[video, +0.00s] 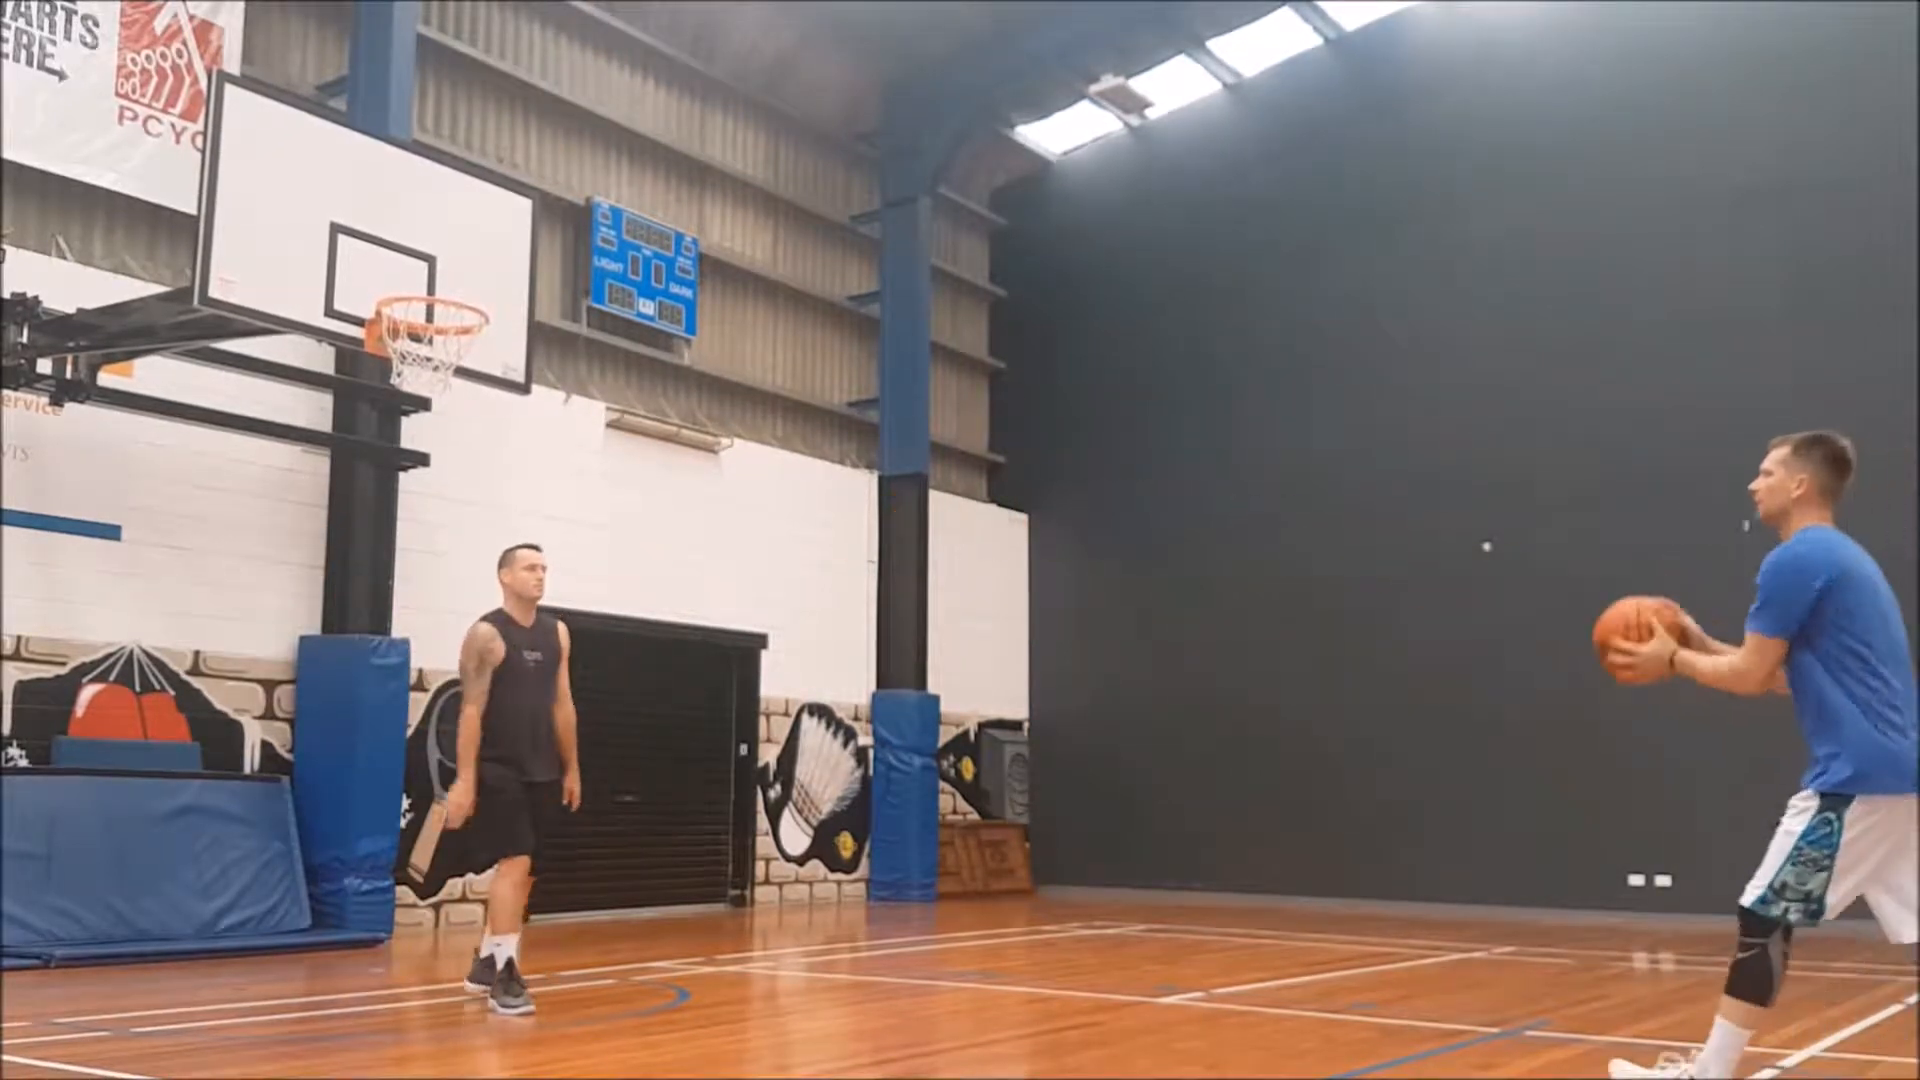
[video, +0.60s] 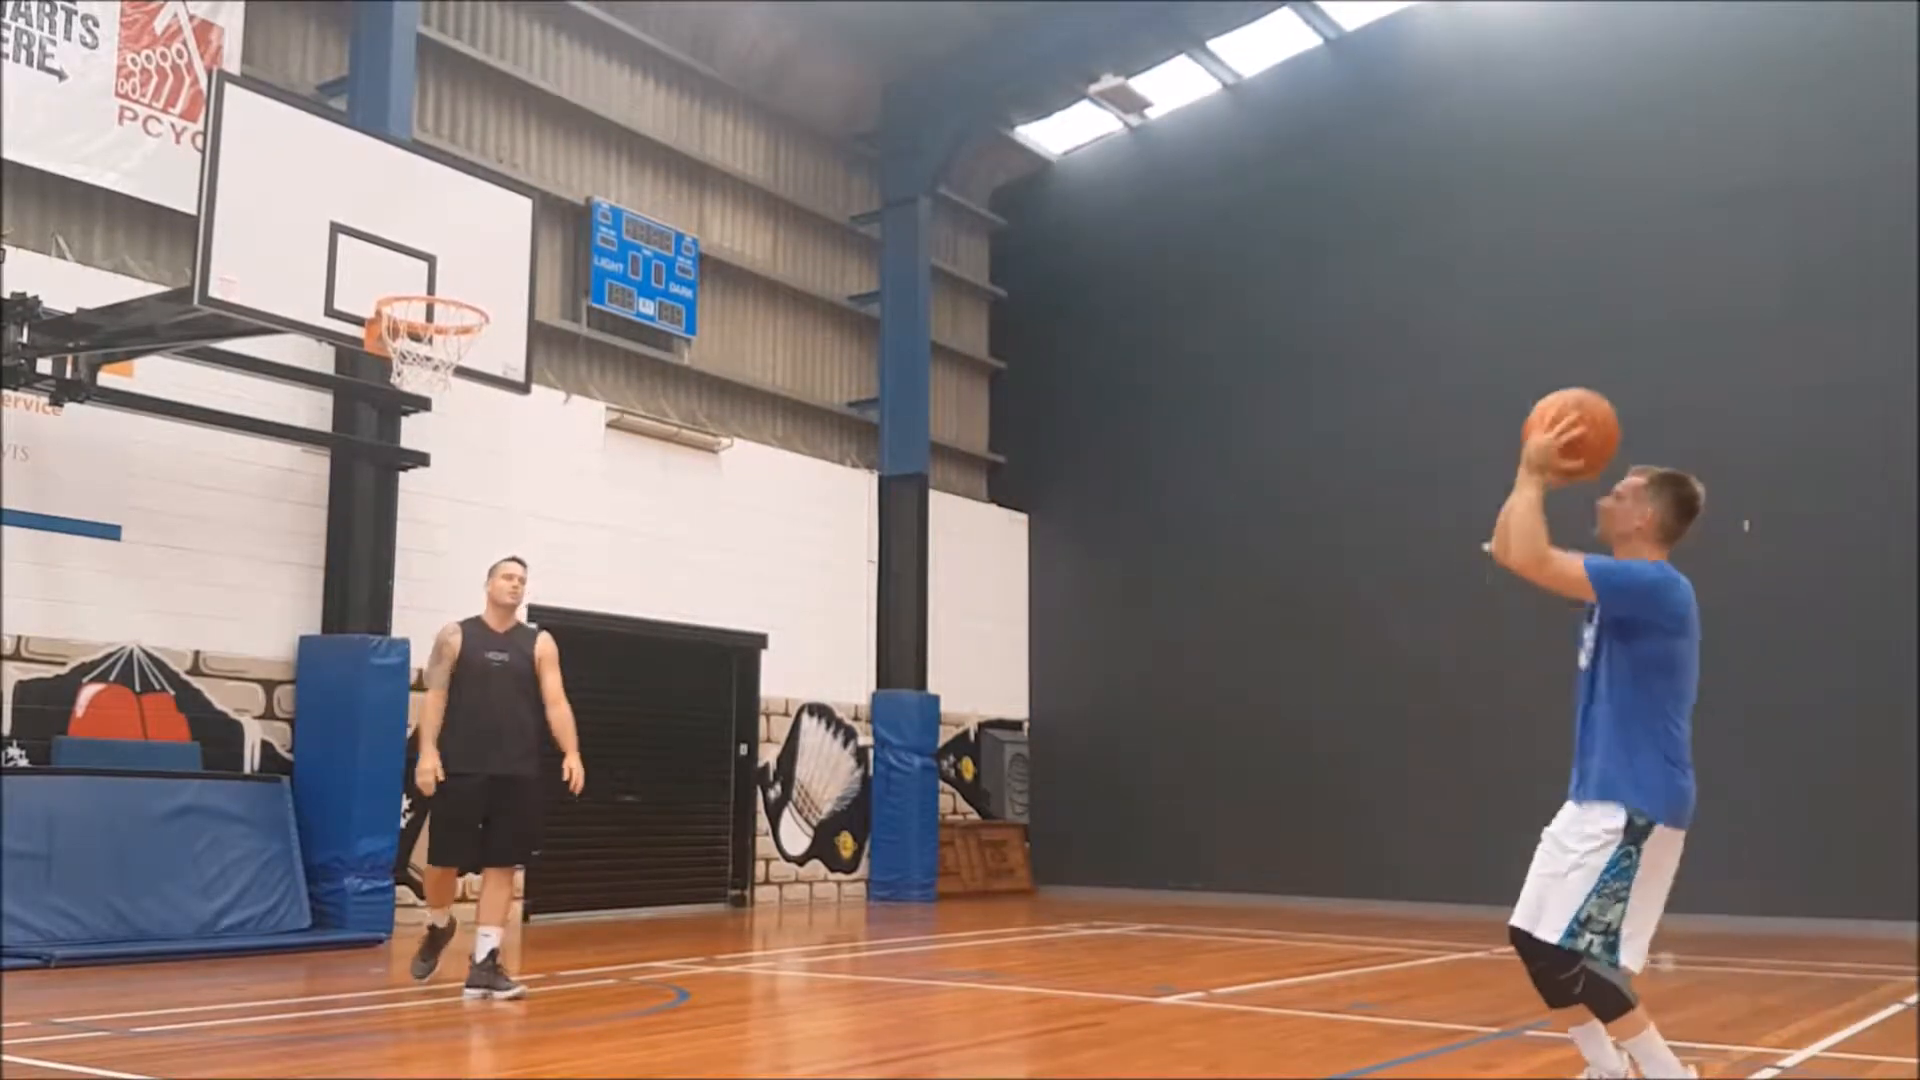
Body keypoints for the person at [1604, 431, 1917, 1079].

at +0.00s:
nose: (1753, 485)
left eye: (1765, 473)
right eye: (1758, 473)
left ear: (1801, 484)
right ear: (1812, 488)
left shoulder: (1798, 558)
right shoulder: (1845, 557)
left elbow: (1747, 673)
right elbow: (1782, 677)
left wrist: (1675, 660)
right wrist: (1697, 641)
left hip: (1857, 776)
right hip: (1901, 774)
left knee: (1764, 913)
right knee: (1914, 931)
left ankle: (1711, 1069)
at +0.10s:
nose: (1695, 502)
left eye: (1707, 491)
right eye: (1701, 490)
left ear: (1741, 504)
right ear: (1752, 508)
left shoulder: (1742, 582)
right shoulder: (1794, 574)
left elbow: (1748, 704)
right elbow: (1771, 697)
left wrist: (1678, 727)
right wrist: (1691, 699)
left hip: (1814, 787)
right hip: (1867, 784)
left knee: (1722, 922)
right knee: (1880, 949)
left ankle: (1690, 1071)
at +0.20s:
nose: (1644, 514)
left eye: (1657, 505)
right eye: (1651, 503)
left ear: (1688, 522)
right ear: (1698, 525)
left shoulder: (1697, 597)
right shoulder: (1733, 588)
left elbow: (1725, 713)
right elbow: (1731, 715)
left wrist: (1663, 769)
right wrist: (1663, 749)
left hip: (1777, 791)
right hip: (1816, 790)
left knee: (1673, 920)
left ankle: (1679, 1072)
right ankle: (1904, 1027)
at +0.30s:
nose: (1616, 524)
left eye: (1630, 516)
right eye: (1625, 514)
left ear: (1660, 537)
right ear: (1665, 539)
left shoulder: (1678, 610)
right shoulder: (1692, 603)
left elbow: (1689, 730)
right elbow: (1681, 725)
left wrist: (1606, 781)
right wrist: (1599, 768)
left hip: (1744, 802)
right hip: (1758, 799)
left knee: (1635, 923)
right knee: (1664, 932)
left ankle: (1676, 1071)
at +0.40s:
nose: (1607, 530)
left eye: (1622, 524)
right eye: (1616, 521)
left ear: (1653, 545)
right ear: (1651, 548)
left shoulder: (1678, 618)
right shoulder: (1640, 624)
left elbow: (1620, 727)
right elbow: (1593, 706)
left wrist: (1518, 721)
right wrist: (1508, 705)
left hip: (1718, 818)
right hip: (1675, 809)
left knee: (1612, 946)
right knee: (1575, 928)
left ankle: (1671, 1072)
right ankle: (1621, 1068)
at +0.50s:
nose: (1603, 530)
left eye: (1616, 522)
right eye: (1611, 520)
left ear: (1646, 543)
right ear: (1644, 545)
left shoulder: (1672, 619)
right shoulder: (1623, 614)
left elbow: (1555, 665)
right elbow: (1525, 649)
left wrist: (1490, 591)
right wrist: (1486, 587)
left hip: (1677, 830)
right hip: (1630, 818)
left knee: (1584, 960)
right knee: (1544, 940)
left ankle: (1668, 1072)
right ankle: (1611, 1070)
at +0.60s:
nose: (1604, 499)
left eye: (1619, 493)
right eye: (1613, 489)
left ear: (1648, 518)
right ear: (1646, 520)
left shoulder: (1655, 586)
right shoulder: (1623, 584)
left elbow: (1525, 555)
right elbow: (1519, 555)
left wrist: (1531, 475)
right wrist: (1532, 479)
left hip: (1639, 805)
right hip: (1593, 795)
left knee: (1575, 952)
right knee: (1532, 935)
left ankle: (1667, 1071)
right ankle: (1609, 1069)